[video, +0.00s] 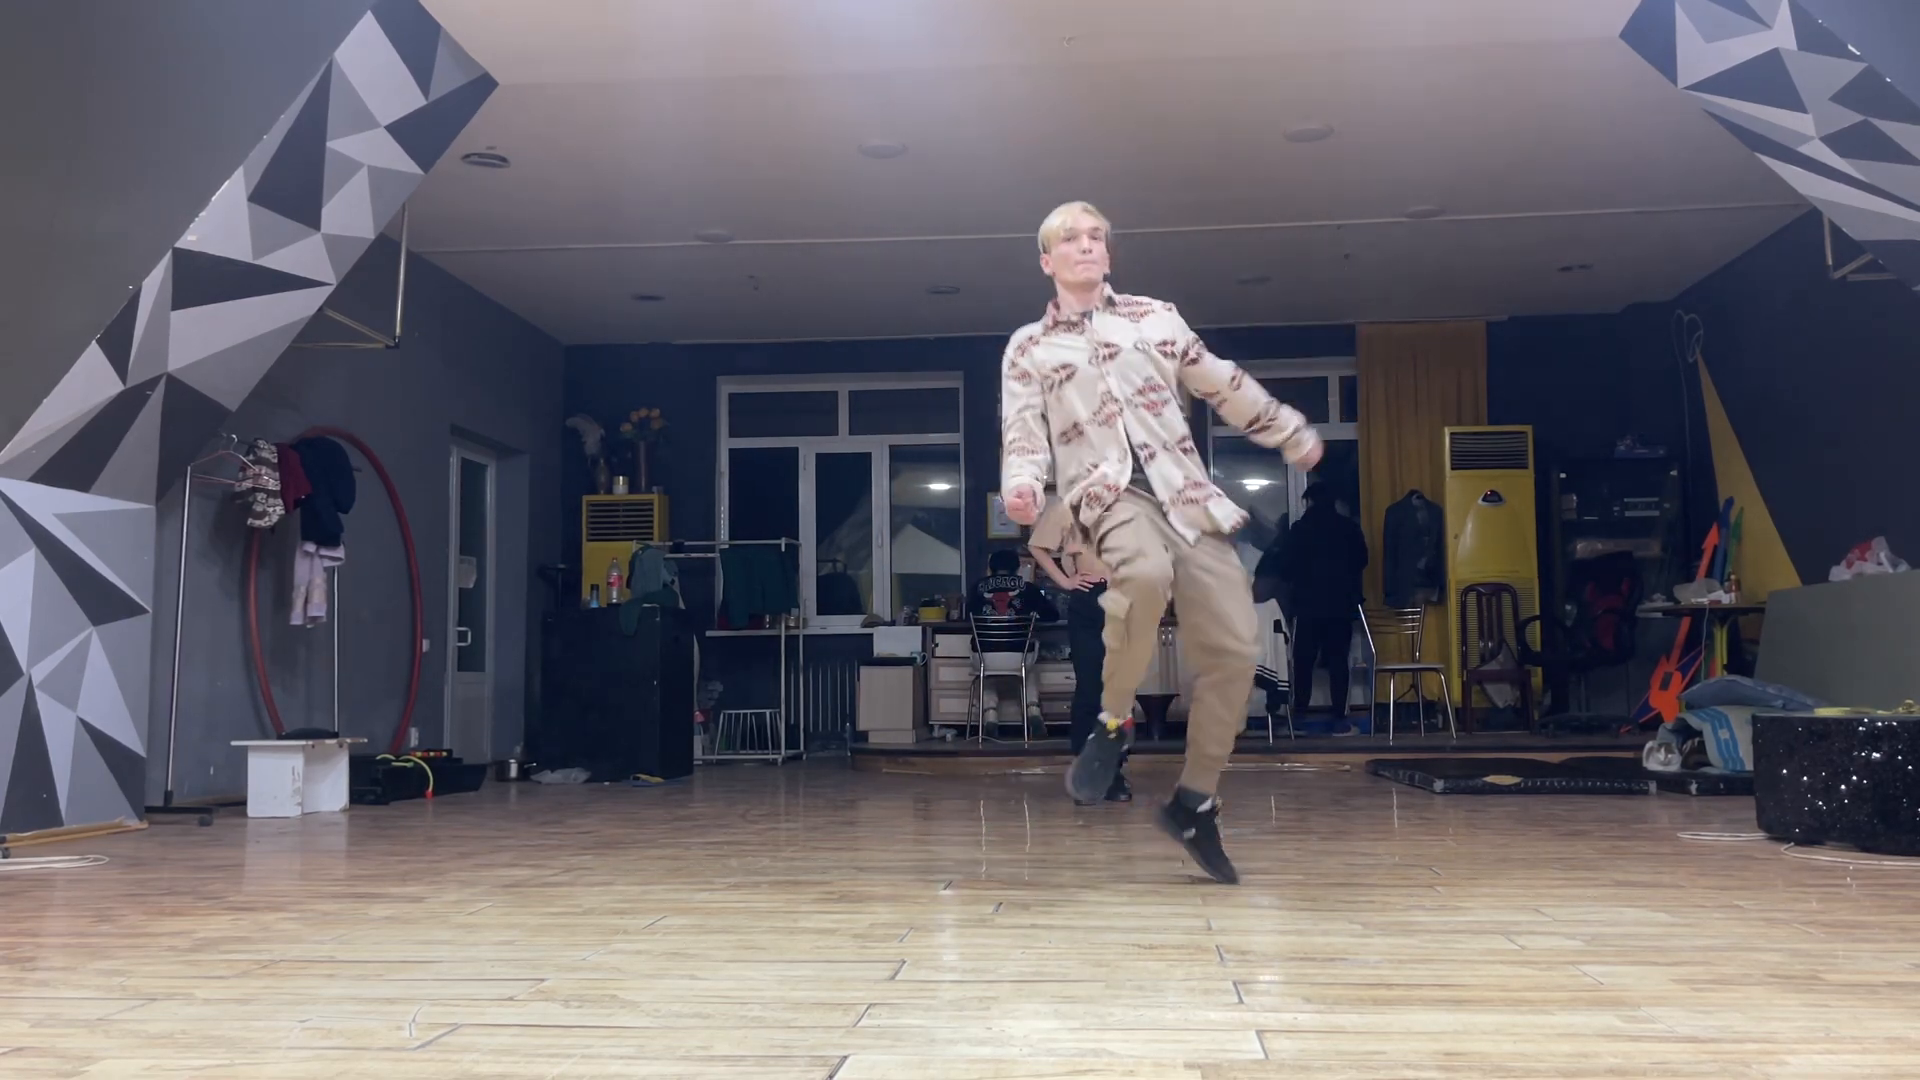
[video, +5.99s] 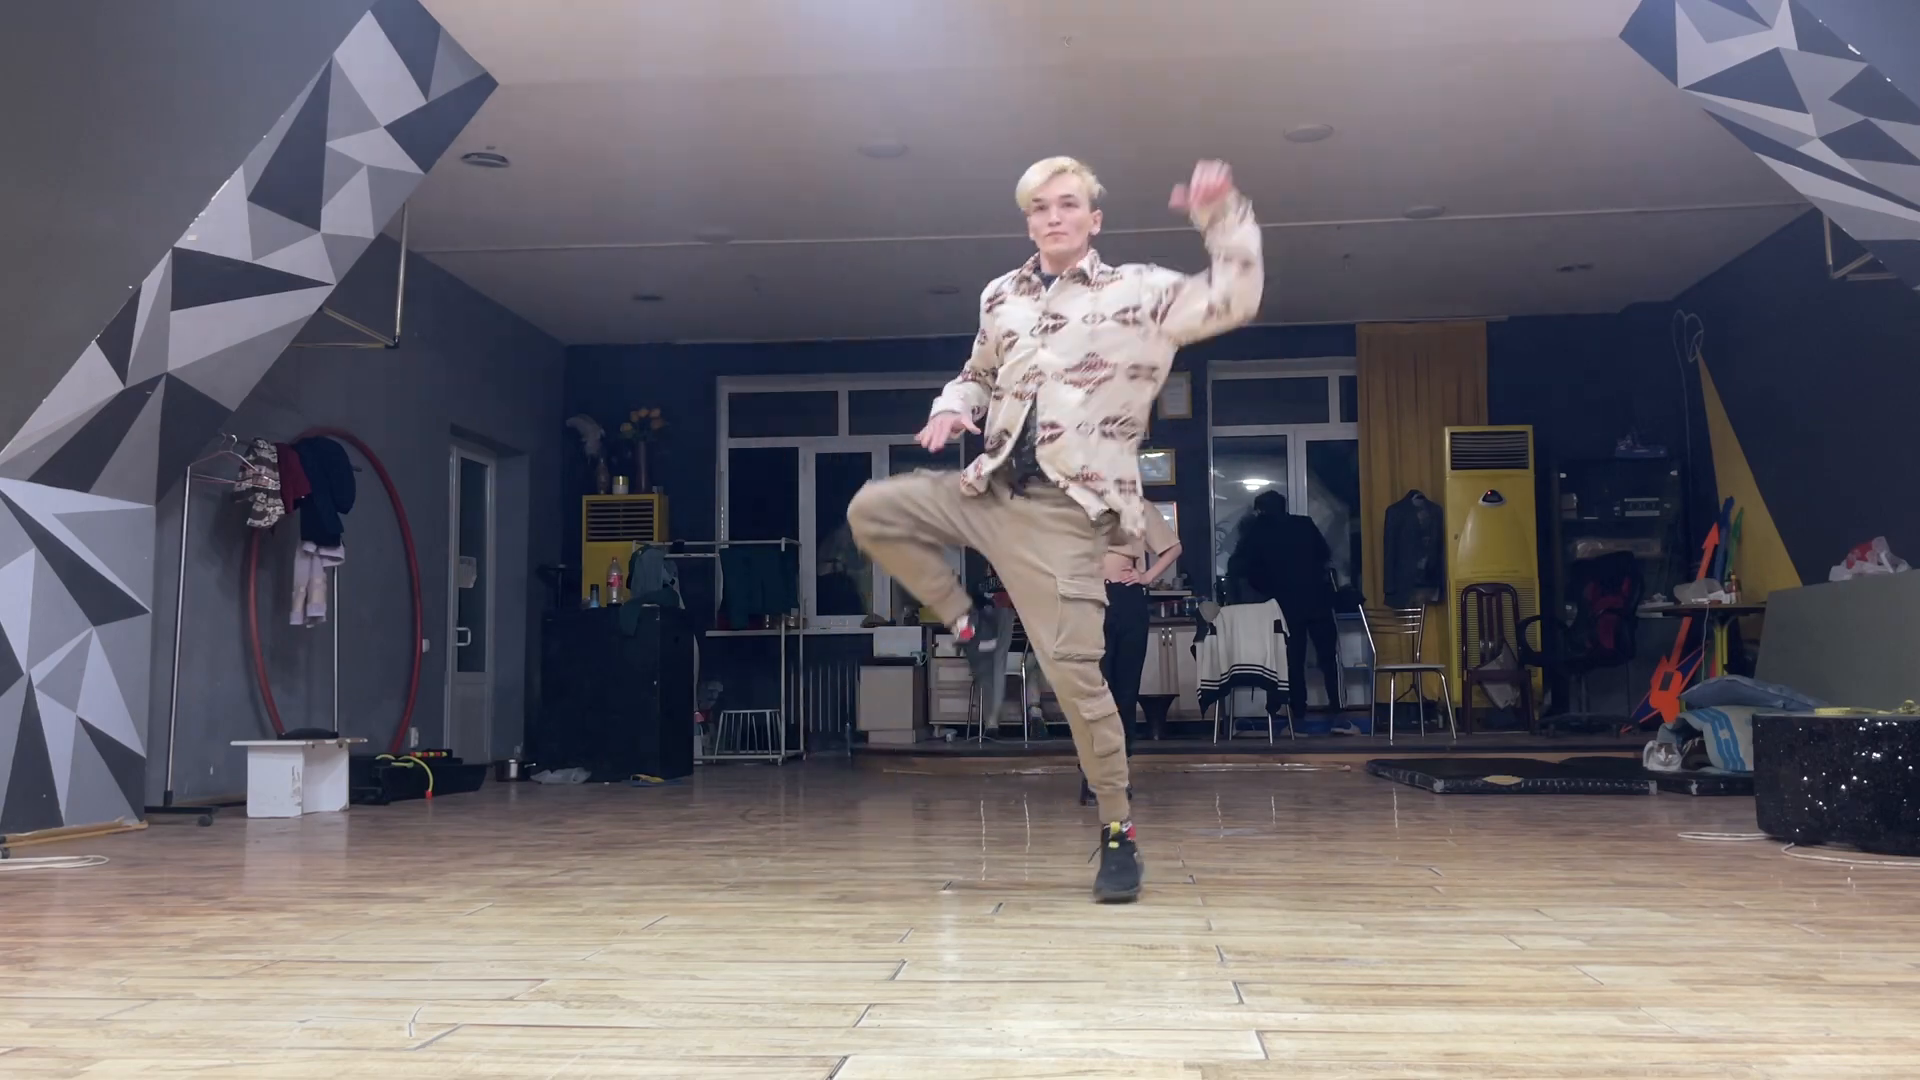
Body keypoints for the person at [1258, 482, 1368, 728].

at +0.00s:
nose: (1308, 505)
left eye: (1308, 501)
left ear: (1309, 502)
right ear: (1333, 501)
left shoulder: (1298, 530)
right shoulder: (1349, 528)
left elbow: (1286, 569)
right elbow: (1361, 561)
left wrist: (1289, 605)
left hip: (1307, 606)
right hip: (1341, 605)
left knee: (1303, 663)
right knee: (1338, 663)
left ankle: (1298, 718)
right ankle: (1339, 720)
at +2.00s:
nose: (1302, 502)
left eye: (1302, 498)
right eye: (1303, 499)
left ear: (1305, 500)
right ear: (1328, 500)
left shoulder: (1291, 530)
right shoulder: (1346, 529)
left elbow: (1270, 567)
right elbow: (1360, 567)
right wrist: (1337, 564)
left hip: (1301, 604)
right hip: (1335, 604)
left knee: (1302, 661)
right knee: (1335, 661)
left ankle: (1300, 717)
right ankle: (1338, 718)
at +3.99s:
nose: (1297, 503)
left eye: (1298, 499)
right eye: (1297, 499)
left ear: (1301, 500)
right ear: (1325, 500)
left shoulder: (1285, 530)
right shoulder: (1344, 530)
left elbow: (1270, 567)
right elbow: (1357, 567)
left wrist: (1283, 594)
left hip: (1298, 605)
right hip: (1332, 605)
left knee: (1300, 661)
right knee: (1333, 661)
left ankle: (1299, 719)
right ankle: (1337, 719)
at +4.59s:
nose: (1285, 509)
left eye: (1285, 505)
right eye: (1286, 505)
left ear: (1286, 505)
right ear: (1310, 503)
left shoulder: (1276, 530)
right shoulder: (1330, 526)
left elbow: (1264, 568)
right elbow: (1347, 561)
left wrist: (1277, 592)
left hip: (1294, 605)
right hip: (1328, 603)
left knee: (1299, 663)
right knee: (1331, 662)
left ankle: (1299, 718)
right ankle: (1336, 719)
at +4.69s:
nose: (1282, 510)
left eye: (1282, 506)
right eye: (1282, 506)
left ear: (1284, 506)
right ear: (1307, 503)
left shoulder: (1275, 530)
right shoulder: (1326, 525)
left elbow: (1262, 569)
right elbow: (1342, 560)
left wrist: (1277, 591)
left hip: (1293, 605)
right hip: (1327, 603)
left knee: (1299, 663)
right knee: (1330, 662)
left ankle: (1299, 720)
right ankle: (1336, 719)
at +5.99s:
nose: (1258, 514)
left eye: (1258, 510)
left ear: (1259, 510)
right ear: (1283, 506)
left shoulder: (1255, 532)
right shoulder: (1304, 523)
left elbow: (1240, 568)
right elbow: (1324, 554)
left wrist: (1268, 589)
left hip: (1283, 602)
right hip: (1316, 598)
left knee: (1293, 660)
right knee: (1328, 657)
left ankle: (1297, 717)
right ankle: (1337, 714)